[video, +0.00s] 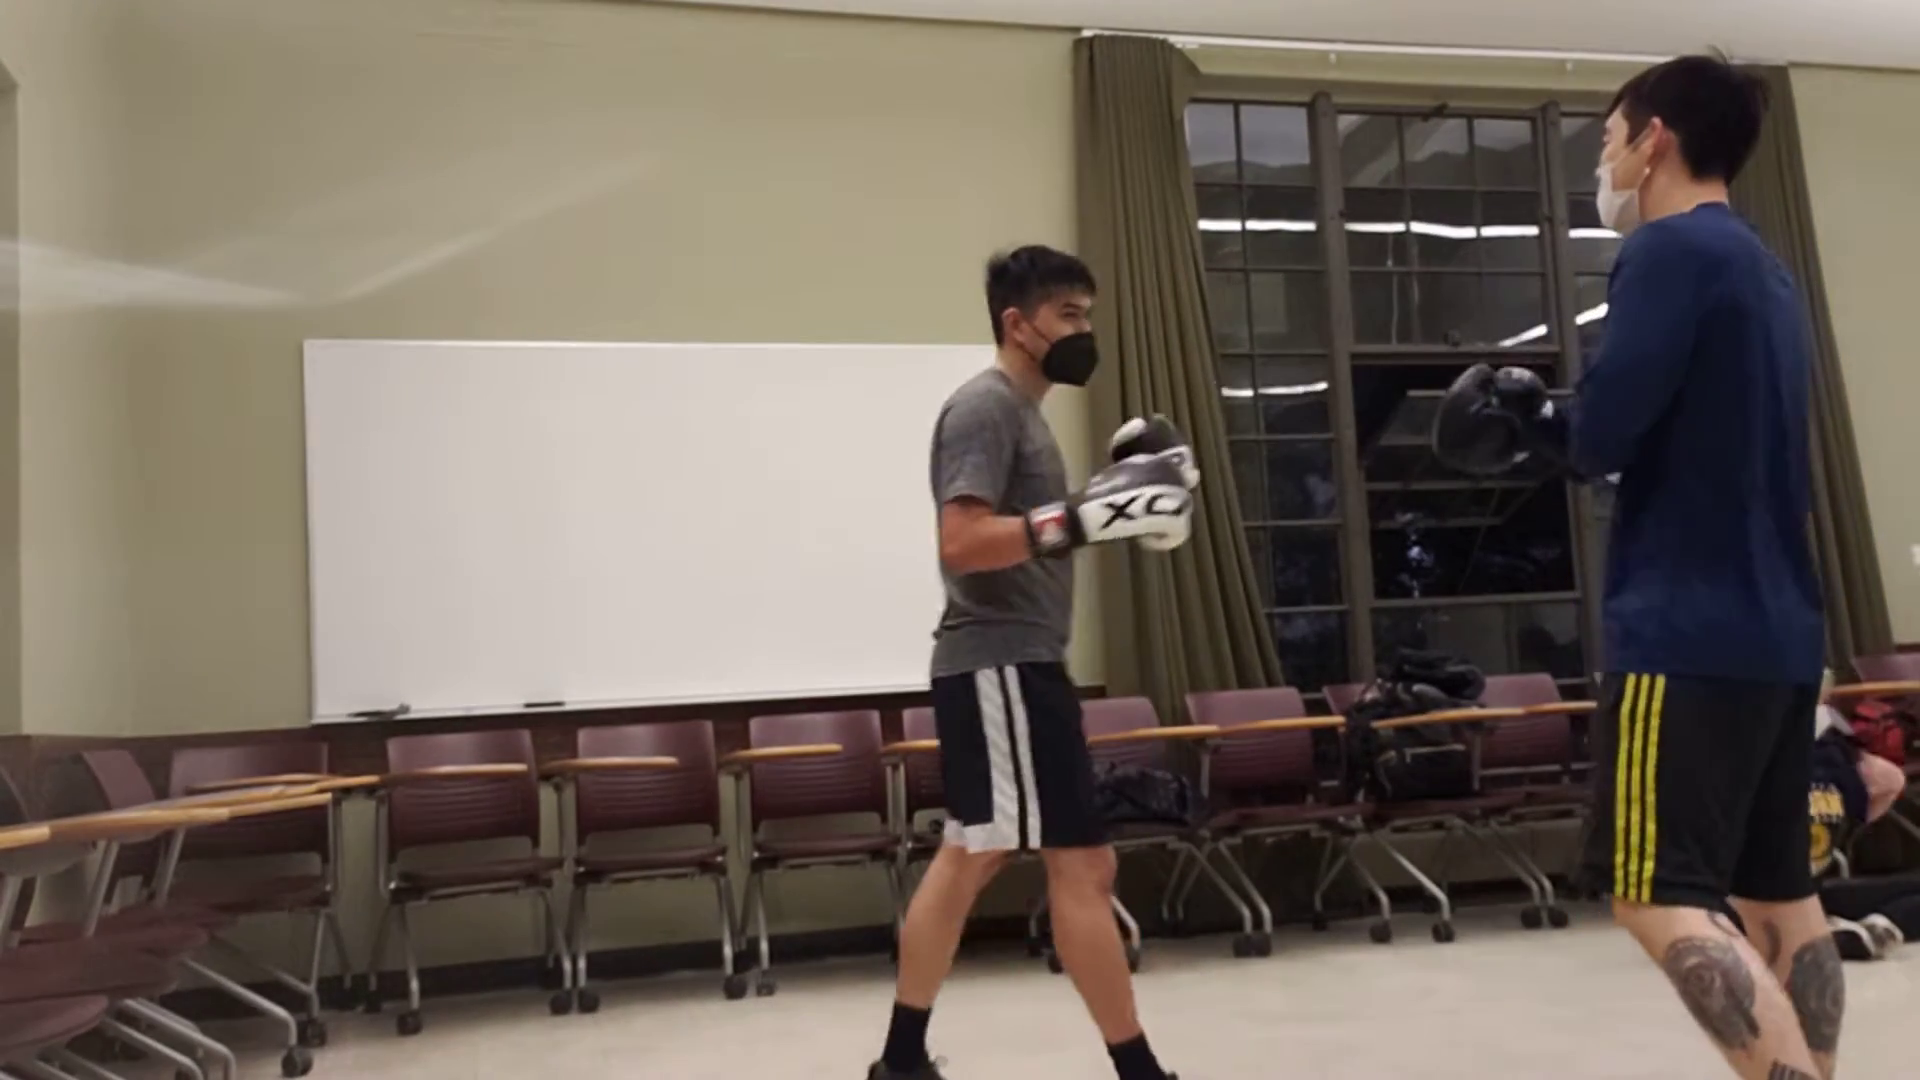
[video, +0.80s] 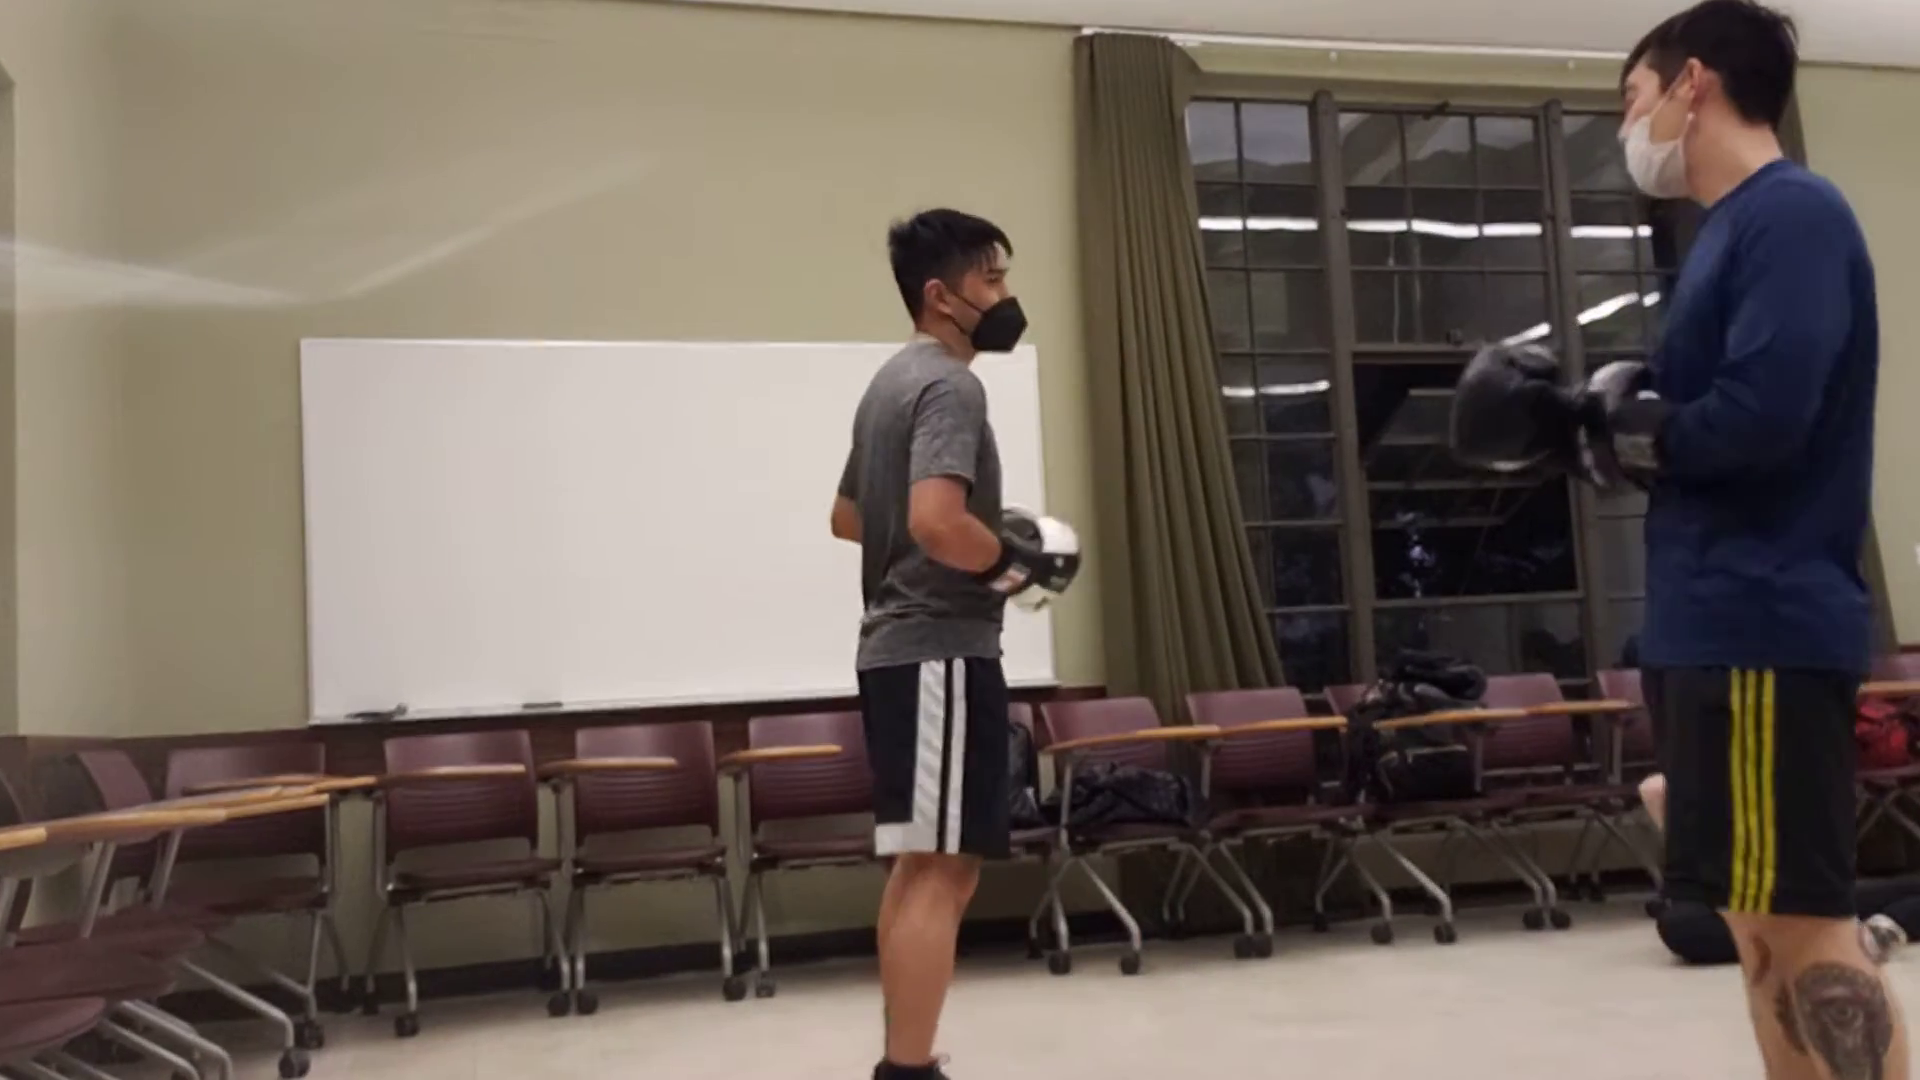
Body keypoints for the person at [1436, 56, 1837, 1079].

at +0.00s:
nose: (1601, 166)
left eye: (1610, 143)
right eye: (1603, 145)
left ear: (1655, 142)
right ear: (1697, 150)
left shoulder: (1667, 253)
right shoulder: (1765, 271)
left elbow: (1603, 434)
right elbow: (1703, 449)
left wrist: (1541, 404)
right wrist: (1552, 421)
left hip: (1685, 630)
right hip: (1778, 626)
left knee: (1653, 894)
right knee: (1775, 885)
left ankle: (1784, 1070)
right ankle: (1812, 1072)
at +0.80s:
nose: (1625, 127)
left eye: (1633, 100)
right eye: (1623, 106)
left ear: (1692, 85)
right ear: (1707, 96)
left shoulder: (1791, 216)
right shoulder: (1734, 228)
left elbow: (1758, 420)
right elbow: (1697, 395)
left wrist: (1614, 426)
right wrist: (1583, 398)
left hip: (1771, 636)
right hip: (1717, 635)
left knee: (1802, 929)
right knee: (1759, 929)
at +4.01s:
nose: (1086, 253)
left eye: (1084, 235)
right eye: (1082, 237)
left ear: (1108, 224)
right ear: (1188, 223)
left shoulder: (1134, 321)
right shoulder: (1252, 332)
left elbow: (1002, 472)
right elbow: (1254, 513)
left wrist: (971, 423)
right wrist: (1109, 534)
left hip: (1177, 674)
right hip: (1277, 673)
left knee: (1079, 923)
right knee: (1309, 921)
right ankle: (1360, 1076)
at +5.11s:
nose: (665, 258)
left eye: (661, 243)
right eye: (665, 242)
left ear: (554, 247)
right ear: (647, 237)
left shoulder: (484, 371)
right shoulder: (716, 356)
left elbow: (505, 526)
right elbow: (787, 533)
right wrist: (737, 575)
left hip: (558, 713)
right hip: (703, 711)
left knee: (545, 969)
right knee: (761, 927)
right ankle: (788, 1078)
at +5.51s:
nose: (742, 285)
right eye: (743, 273)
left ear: (642, 283)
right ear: (736, 276)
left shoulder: (587, 378)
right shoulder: (794, 396)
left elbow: (621, 516)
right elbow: (888, 528)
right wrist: (895, 477)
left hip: (644, 707)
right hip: (774, 709)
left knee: (578, 938)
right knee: (804, 932)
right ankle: (822, 1073)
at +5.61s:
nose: (765, 292)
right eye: (765, 281)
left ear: (665, 289)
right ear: (755, 282)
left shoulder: (607, 378)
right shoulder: (810, 390)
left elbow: (679, 481)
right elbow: (898, 510)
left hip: (664, 698)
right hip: (791, 703)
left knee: (596, 924)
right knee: (811, 933)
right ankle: (819, 1076)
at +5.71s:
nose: (776, 307)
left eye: (773, 298)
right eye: (776, 295)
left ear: (676, 299)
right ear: (763, 291)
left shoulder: (619, 380)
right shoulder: (815, 384)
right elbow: (873, 509)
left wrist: (705, 337)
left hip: (672, 698)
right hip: (795, 698)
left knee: (630, 935)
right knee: (817, 939)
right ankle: (823, 1074)